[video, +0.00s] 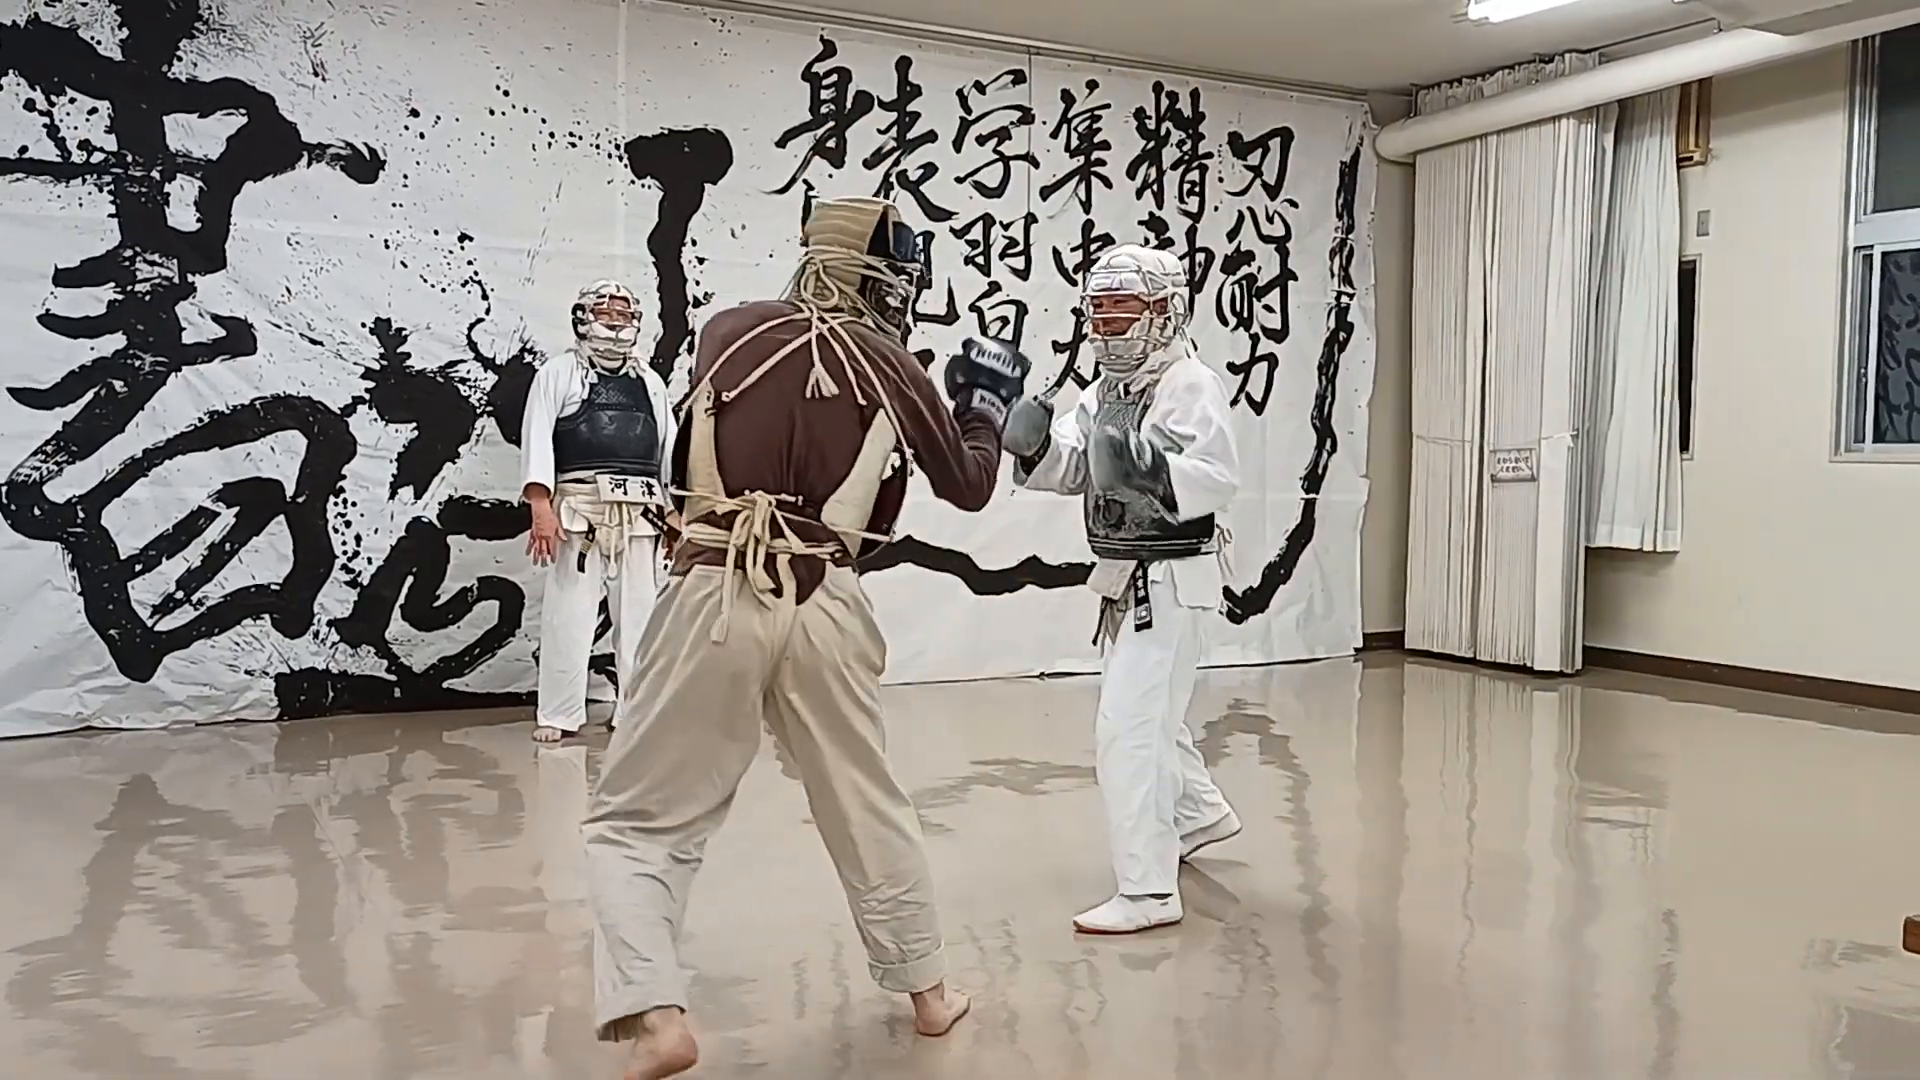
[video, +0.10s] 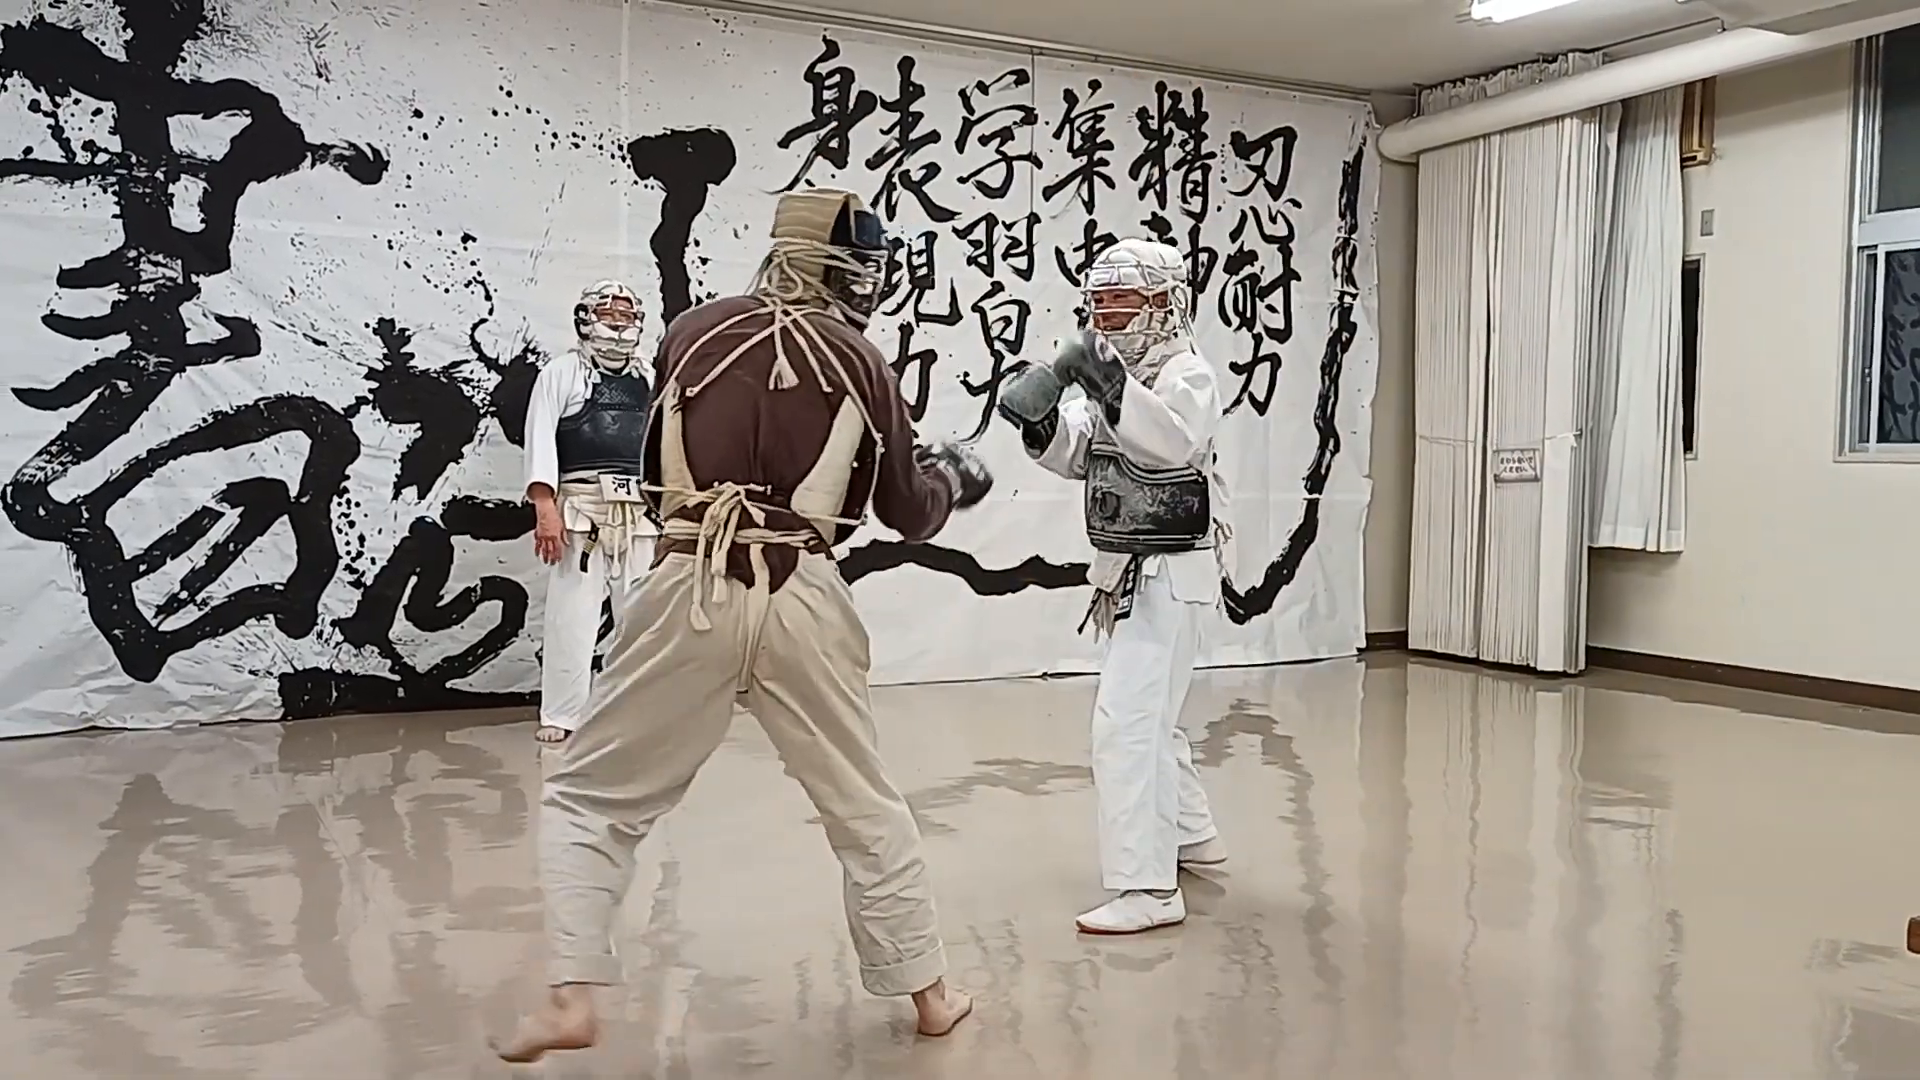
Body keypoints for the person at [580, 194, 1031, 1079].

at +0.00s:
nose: (913, 295)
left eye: (912, 281)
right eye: (909, 281)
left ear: (814, 267)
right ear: (886, 280)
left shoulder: (728, 328)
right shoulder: (891, 366)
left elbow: (690, 462)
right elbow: (971, 482)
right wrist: (983, 399)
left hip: (708, 604)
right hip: (826, 611)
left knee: (635, 820)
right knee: (865, 803)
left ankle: (657, 1017)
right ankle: (928, 996)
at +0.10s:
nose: (877, 288)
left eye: (879, 272)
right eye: (870, 272)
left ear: (781, 260)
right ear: (843, 271)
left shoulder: (691, 331)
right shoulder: (858, 361)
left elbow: (661, 476)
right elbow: (907, 507)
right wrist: (951, 479)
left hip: (686, 595)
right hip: (804, 601)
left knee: (591, 797)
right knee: (862, 801)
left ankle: (573, 995)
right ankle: (929, 995)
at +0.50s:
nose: (685, 228)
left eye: (684, 211)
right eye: (678, 212)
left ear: (586, 204)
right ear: (652, 214)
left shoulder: (500, 284)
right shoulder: (661, 301)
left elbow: (426, 413)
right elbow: (691, 447)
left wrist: (500, 444)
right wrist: (705, 547)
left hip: (505, 552)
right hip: (623, 553)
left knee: (469, 763)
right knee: (682, 757)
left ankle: (409, 994)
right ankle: (711, 972)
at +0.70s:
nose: (656, 235)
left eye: (653, 219)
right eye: (648, 221)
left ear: (556, 218)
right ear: (622, 225)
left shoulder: (477, 299)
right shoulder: (636, 317)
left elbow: (392, 424)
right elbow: (680, 457)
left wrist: (474, 455)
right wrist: (690, 550)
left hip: (470, 559)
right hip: (581, 562)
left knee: (441, 782)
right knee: (653, 764)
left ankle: (416, 1009)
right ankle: (639, 954)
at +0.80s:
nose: (657, 256)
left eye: (655, 241)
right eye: (649, 242)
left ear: (556, 236)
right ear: (620, 245)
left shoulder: (476, 314)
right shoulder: (632, 337)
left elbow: (404, 442)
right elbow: (648, 489)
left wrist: (482, 474)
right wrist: (684, 574)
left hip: (461, 573)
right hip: (578, 577)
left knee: (437, 789)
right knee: (685, 749)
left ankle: (419, 1006)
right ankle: (677, 937)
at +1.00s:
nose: (697, 263)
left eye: (695, 248)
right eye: (688, 250)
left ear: (604, 247)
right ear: (659, 255)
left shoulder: (523, 321)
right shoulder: (659, 345)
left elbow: (486, 460)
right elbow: (698, 478)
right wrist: (761, 476)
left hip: (498, 569)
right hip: (605, 575)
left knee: (472, 773)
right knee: (673, 753)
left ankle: (429, 995)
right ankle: (725, 939)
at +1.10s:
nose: (702, 284)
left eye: (701, 269)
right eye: (694, 271)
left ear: (614, 266)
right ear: (668, 276)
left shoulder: (538, 336)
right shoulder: (667, 360)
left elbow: (504, 466)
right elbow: (748, 483)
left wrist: (645, 511)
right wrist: (784, 415)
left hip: (508, 578)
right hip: (609, 584)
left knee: (483, 766)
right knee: (682, 753)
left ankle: (446, 945)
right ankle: (733, 935)